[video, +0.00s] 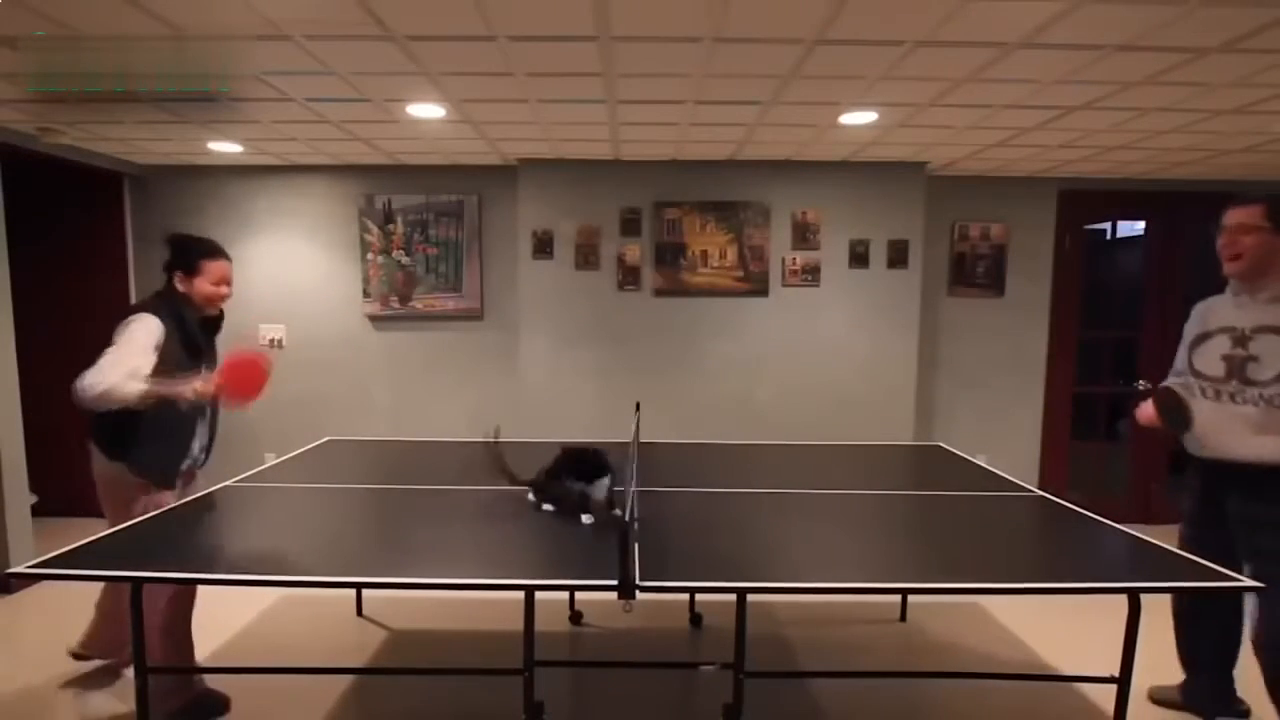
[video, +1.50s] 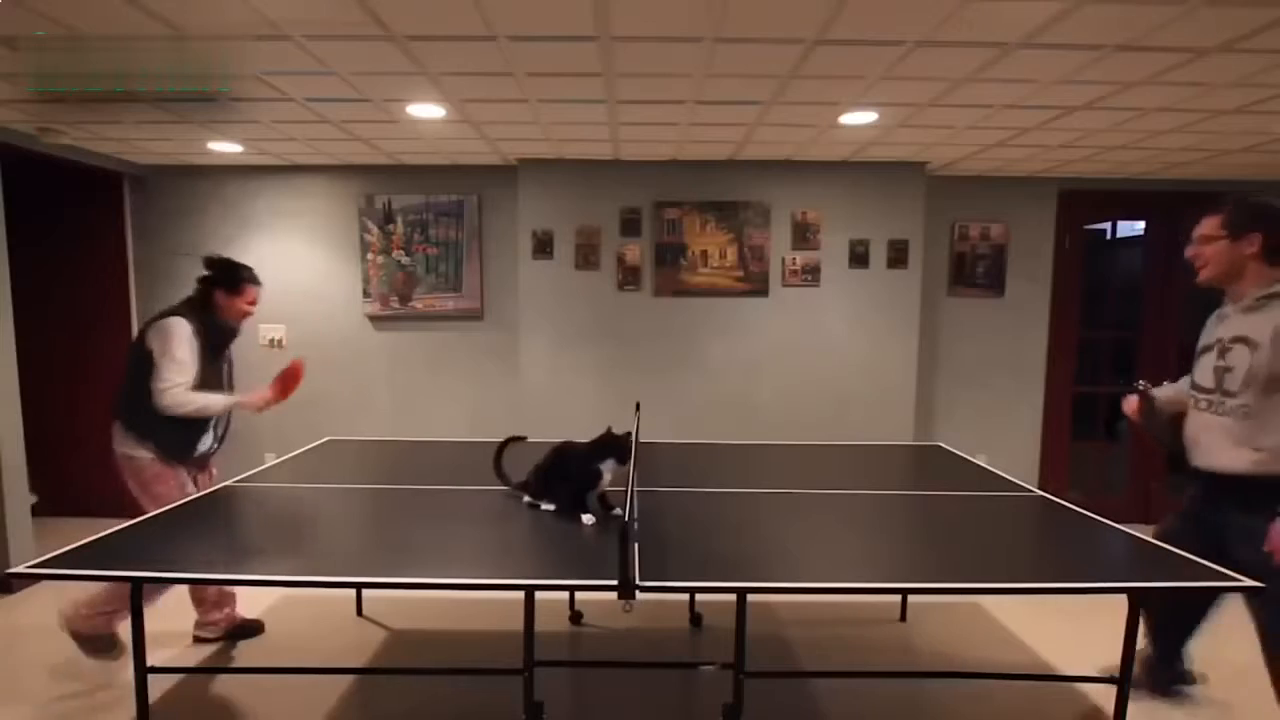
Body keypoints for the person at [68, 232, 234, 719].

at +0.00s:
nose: (227, 292)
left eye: (229, 283)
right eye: (218, 282)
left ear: (218, 283)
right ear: (182, 280)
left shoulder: (200, 327)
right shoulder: (150, 324)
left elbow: (189, 381)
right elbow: (94, 386)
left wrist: (227, 385)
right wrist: (179, 387)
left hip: (175, 469)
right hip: (132, 473)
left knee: (136, 564)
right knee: (172, 578)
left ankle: (103, 640)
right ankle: (173, 692)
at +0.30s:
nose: (205, 341)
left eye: (209, 332)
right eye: (198, 331)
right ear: (168, 324)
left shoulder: (180, 369)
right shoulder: (119, 362)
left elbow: (161, 434)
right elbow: (48, 422)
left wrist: (162, 473)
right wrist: (114, 454)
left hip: (139, 478)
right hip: (85, 482)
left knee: (169, 550)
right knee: (133, 563)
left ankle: (117, 648)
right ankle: (164, 676)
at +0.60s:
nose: (164, 345)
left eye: (168, 336)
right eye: (158, 334)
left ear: (170, 335)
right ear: (130, 328)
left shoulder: (139, 374)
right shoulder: (73, 364)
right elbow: (6, 419)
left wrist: (120, 460)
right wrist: (67, 456)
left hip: (102, 481)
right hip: (53, 491)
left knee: (129, 552)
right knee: (59, 573)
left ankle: (117, 644)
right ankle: (26, 655)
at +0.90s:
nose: (129, 318)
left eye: (132, 309)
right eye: (121, 308)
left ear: (129, 309)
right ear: (90, 305)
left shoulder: (116, 356)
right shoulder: (45, 346)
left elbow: (105, 417)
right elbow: (8, 416)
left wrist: (131, 418)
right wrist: (86, 427)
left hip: (109, 478)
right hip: (55, 486)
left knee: (149, 539)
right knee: (58, 562)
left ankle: (149, 629)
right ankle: (24, 654)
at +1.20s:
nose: (224, 304)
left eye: (225, 294)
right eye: (218, 293)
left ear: (206, 294)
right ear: (194, 291)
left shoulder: (199, 335)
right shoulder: (158, 331)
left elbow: (189, 406)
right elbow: (197, 377)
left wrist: (197, 461)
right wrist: (256, 356)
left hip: (182, 459)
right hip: (137, 458)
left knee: (206, 533)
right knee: (124, 554)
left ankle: (217, 617)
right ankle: (40, 643)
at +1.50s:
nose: (253, 310)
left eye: (255, 303)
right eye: (248, 301)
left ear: (228, 300)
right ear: (219, 295)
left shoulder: (217, 336)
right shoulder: (177, 329)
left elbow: (208, 399)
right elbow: (168, 399)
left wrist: (203, 454)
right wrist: (240, 401)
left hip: (187, 449)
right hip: (145, 448)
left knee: (209, 528)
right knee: (182, 536)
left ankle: (215, 618)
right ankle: (88, 618)